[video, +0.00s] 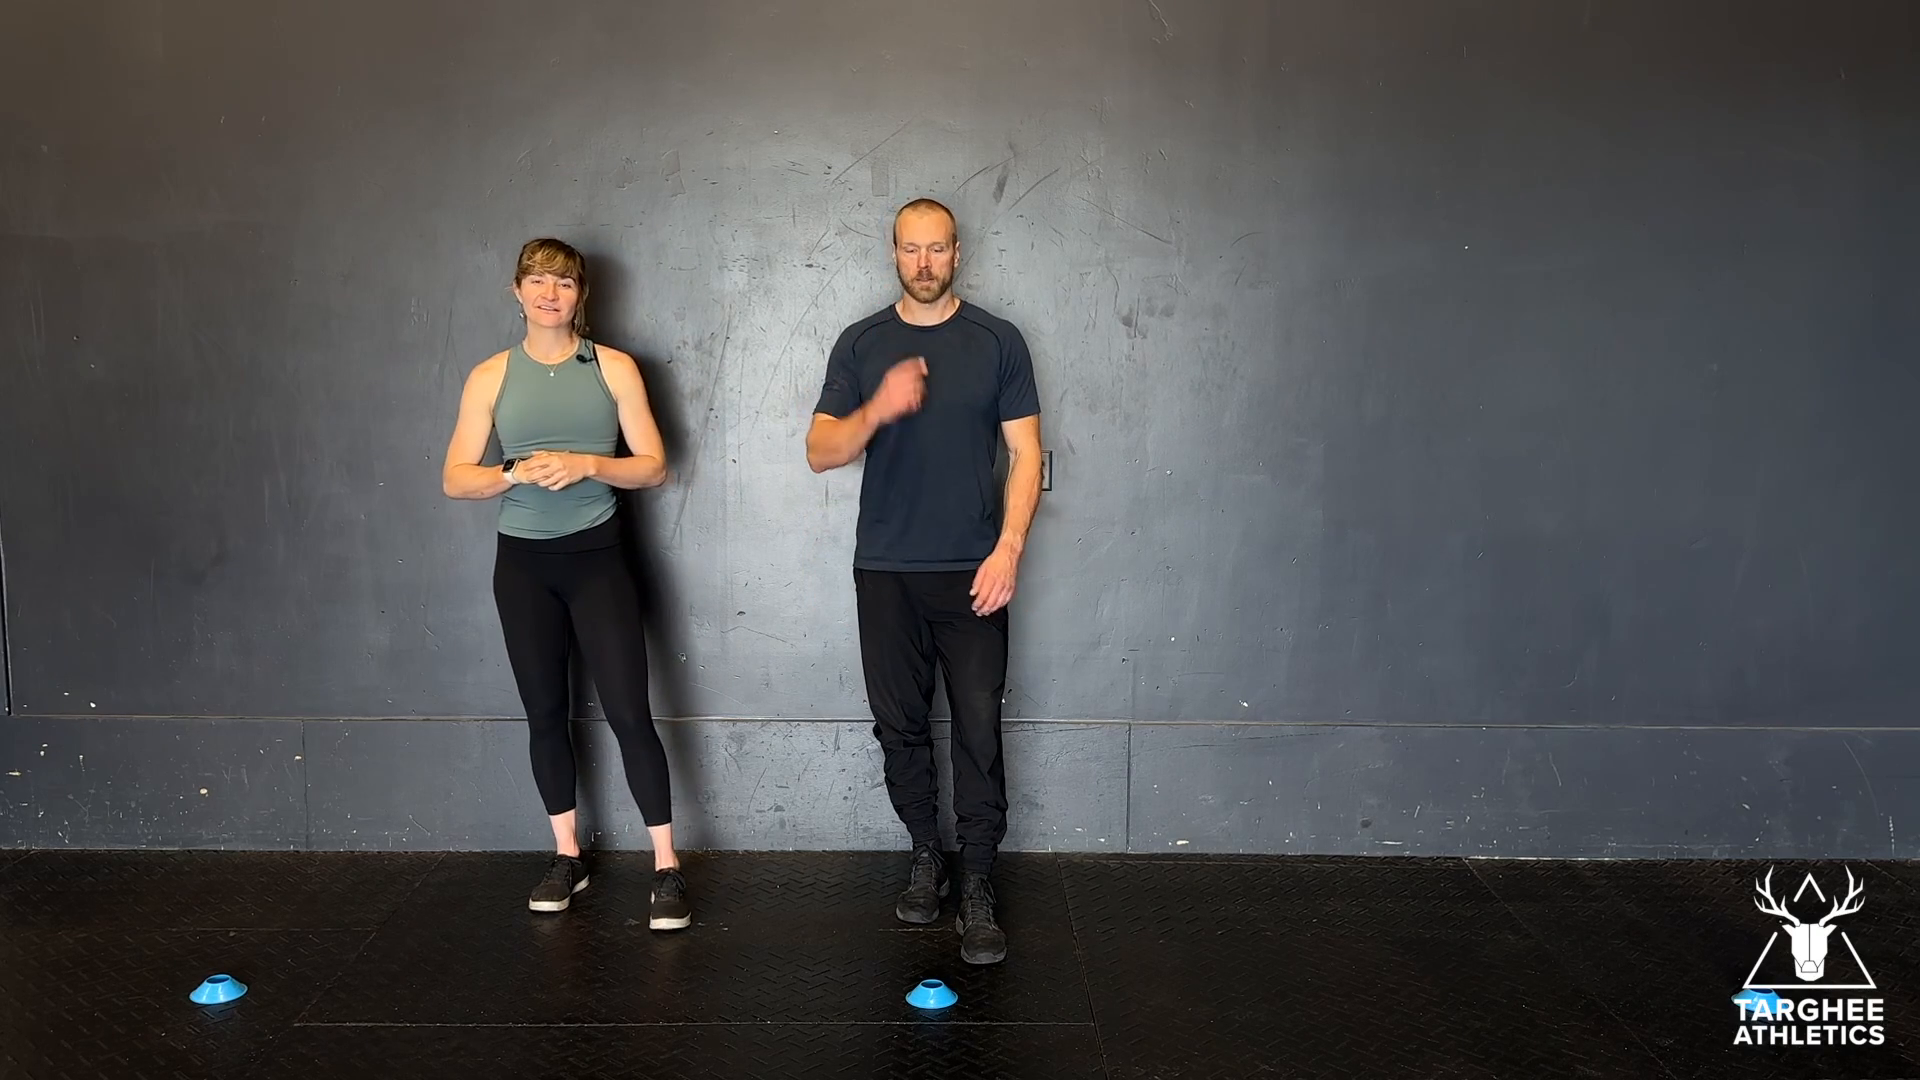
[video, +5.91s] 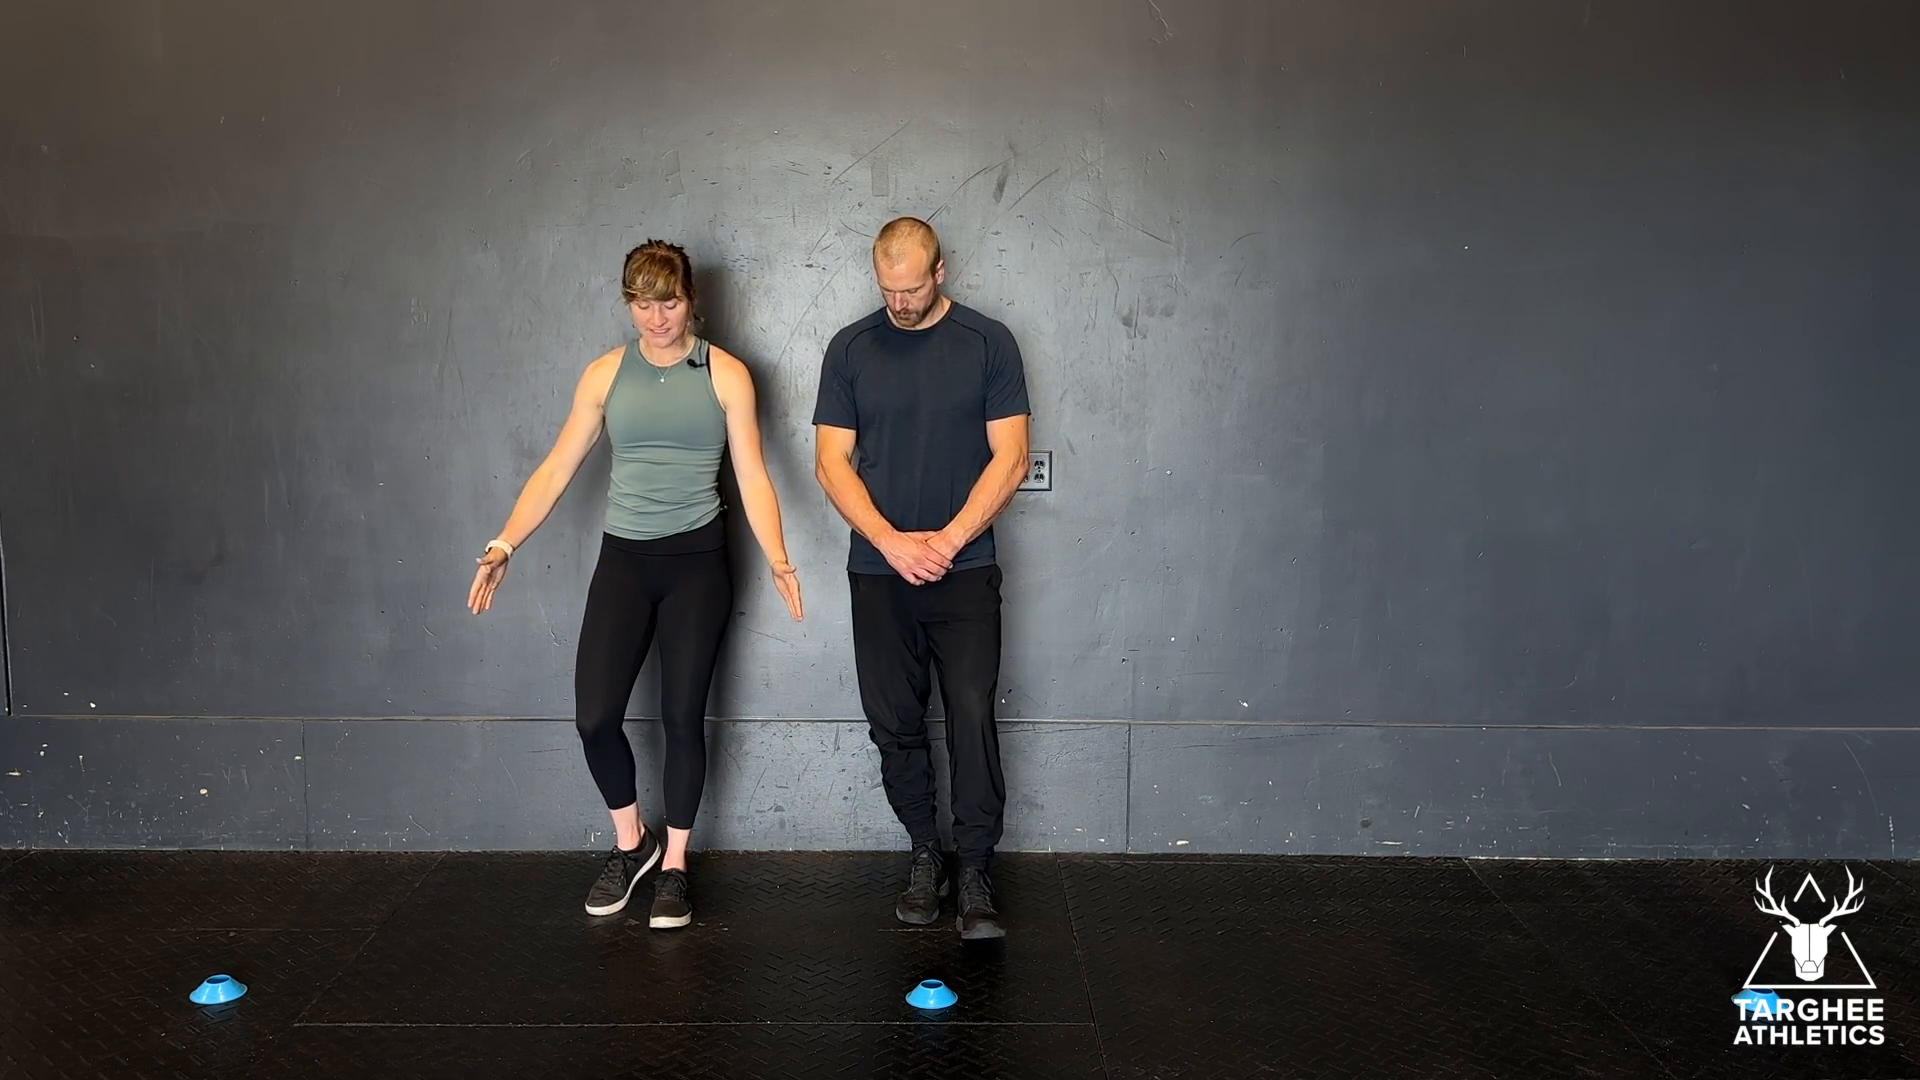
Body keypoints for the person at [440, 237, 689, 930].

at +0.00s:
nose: (549, 289)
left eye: (561, 279)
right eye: (536, 279)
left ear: (580, 293)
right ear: (518, 291)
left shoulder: (615, 368)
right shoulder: (490, 376)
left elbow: (653, 468)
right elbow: (455, 478)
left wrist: (585, 465)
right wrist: (514, 473)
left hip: (599, 557)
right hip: (523, 563)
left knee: (629, 711)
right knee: (545, 712)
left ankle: (665, 866)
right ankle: (568, 858)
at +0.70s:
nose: (599, 286)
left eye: (611, 275)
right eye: (585, 275)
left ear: (627, 288)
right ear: (566, 289)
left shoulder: (661, 370)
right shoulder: (535, 373)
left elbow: (691, 480)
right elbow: (506, 468)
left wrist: (688, 455)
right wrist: (537, 477)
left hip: (646, 558)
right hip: (570, 563)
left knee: (655, 712)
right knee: (571, 713)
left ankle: (671, 866)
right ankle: (570, 857)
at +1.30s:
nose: (681, 295)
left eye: (690, 284)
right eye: (666, 283)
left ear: (699, 295)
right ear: (637, 292)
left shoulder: (719, 381)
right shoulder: (597, 367)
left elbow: (739, 487)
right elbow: (556, 461)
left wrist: (791, 472)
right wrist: (602, 482)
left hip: (692, 561)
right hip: (615, 563)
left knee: (682, 715)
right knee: (585, 723)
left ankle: (674, 865)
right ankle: (575, 844)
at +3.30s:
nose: (691, 315)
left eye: (698, 301)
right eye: (677, 303)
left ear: (704, 301)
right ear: (642, 303)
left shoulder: (727, 374)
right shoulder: (604, 374)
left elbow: (740, 469)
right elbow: (572, 470)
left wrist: (776, 535)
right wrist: (592, 530)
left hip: (700, 561)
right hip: (623, 563)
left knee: (684, 715)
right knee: (603, 722)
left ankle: (675, 867)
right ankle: (634, 843)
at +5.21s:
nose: (678, 322)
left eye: (687, 309)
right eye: (664, 311)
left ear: (701, 302)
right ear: (640, 307)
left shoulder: (733, 374)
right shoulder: (609, 372)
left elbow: (751, 475)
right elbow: (587, 473)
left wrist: (767, 562)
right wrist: (589, 558)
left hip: (703, 561)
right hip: (626, 563)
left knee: (687, 716)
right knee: (608, 722)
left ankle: (676, 864)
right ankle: (634, 842)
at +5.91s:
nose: (657, 317)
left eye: (668, 302)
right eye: (644, 305)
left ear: (689, 299)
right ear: (628, 306)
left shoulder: (725, 375)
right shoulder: (606, 374)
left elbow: (752, 475)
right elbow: (557, 469)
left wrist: (779, 560)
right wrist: (501, 547)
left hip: (699, 561)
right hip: (623, 561)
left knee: (682, 714)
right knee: (595, 716)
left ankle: (674, 868)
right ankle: (634, 847)